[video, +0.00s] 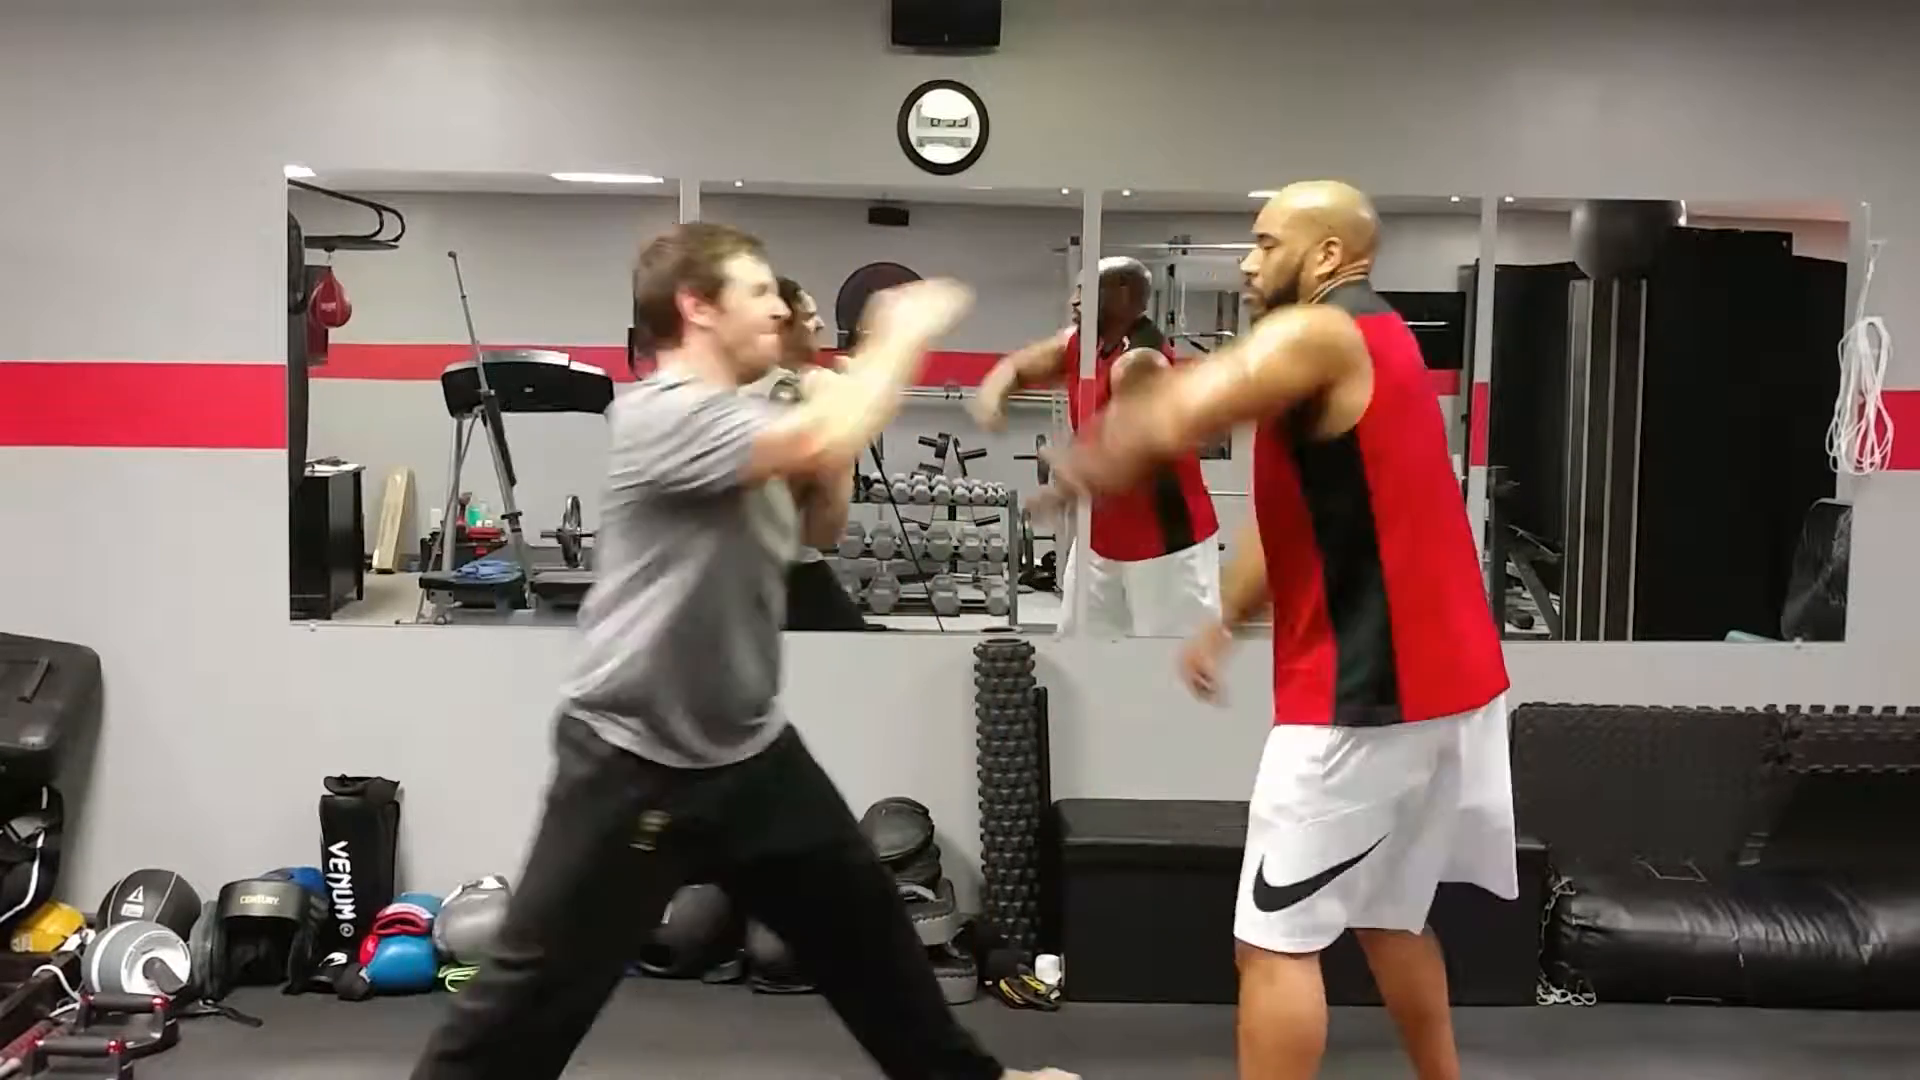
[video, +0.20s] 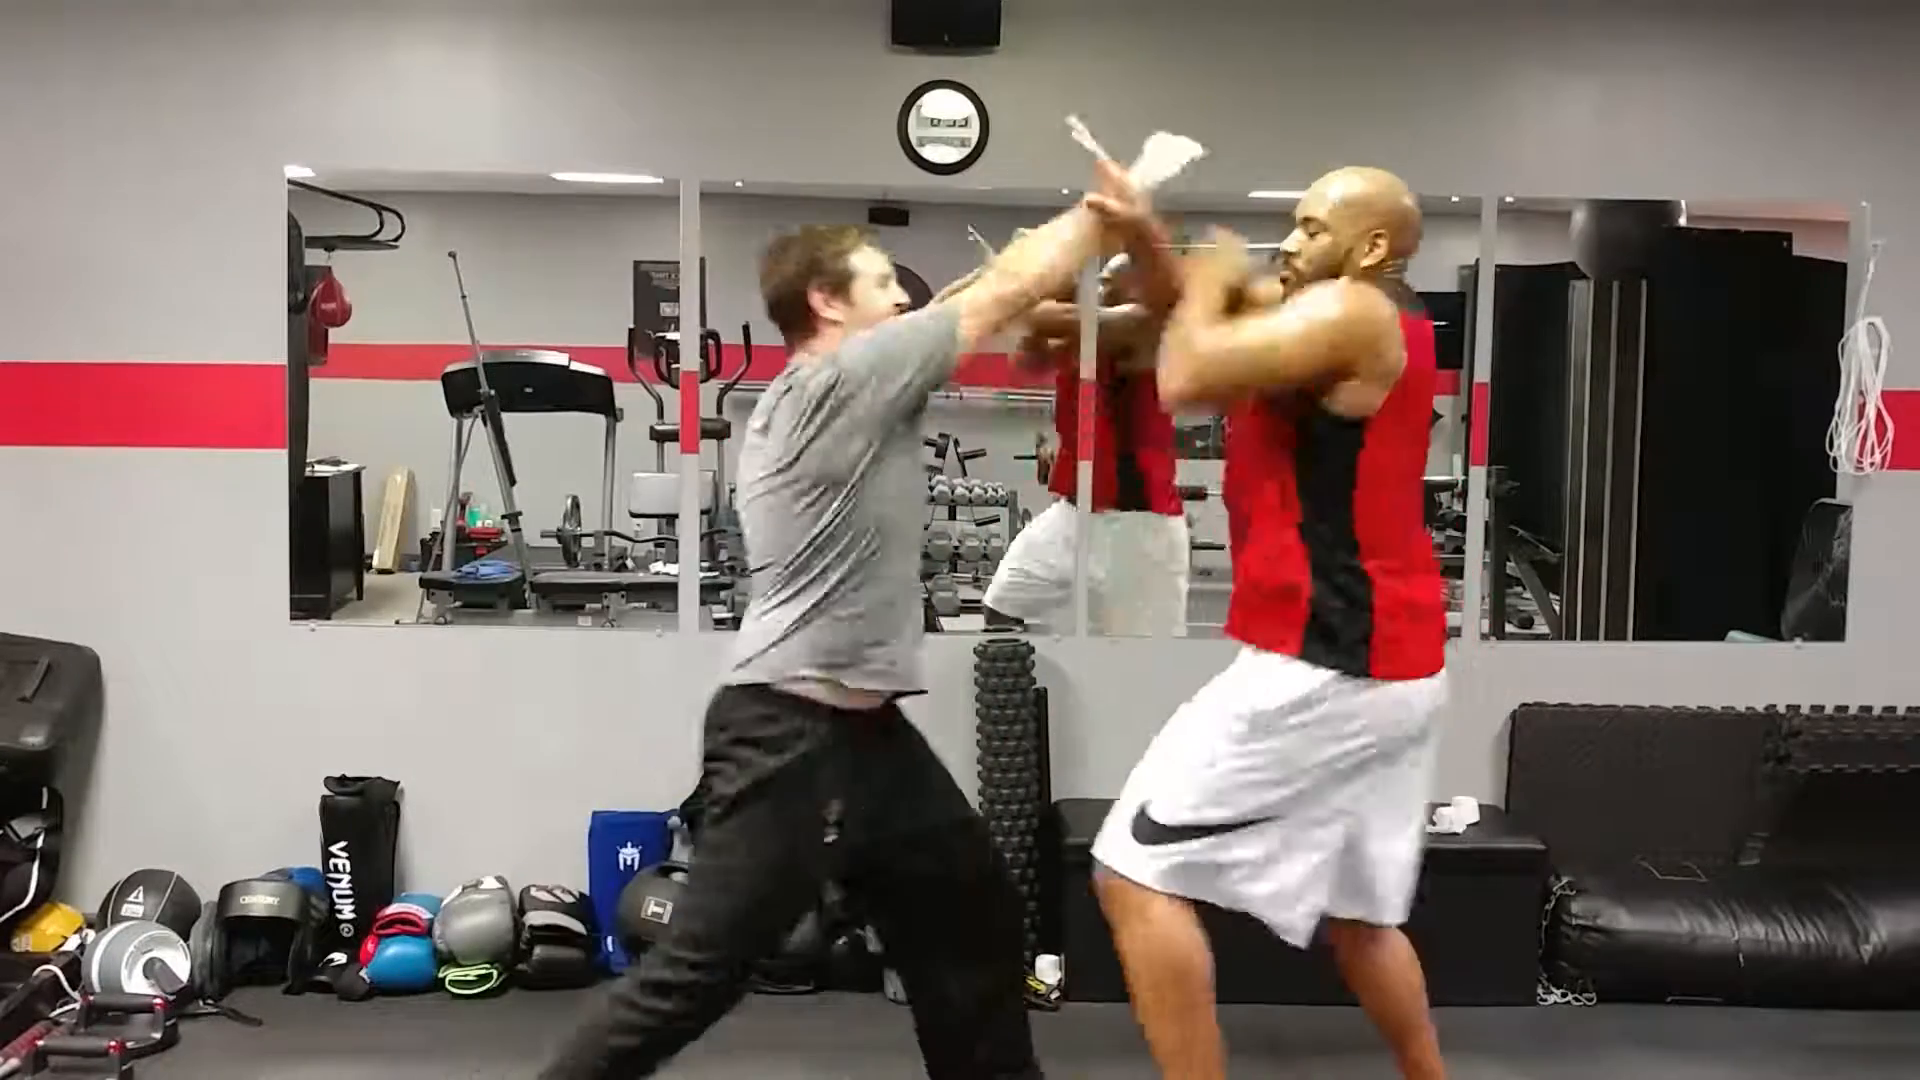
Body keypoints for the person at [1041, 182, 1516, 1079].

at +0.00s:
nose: (1248, 258)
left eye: (1267, 242)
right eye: (1253, 241)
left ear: (1330, 255)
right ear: (1335, 261)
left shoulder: (1319, 333)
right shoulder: (1374, 336)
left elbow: (1164, 421)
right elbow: (1305, 512)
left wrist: (1093, 460)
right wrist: (1224, 614)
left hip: (1355, 693)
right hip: (1438, 683)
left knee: (1275, 939)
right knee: (1391, 913)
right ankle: (1441, 1073)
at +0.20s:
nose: (1291, 241)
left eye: (1314, 228)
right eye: (1295, 226)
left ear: (1374, 246)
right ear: (1378, 252)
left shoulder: (1352, 312)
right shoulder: (1343, 313)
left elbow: (1185, 371)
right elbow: (1194, 322)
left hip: (1317, 662)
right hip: (1388, 664)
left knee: (1134, 872)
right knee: (1357, 913)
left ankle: (1194, 1074)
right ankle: (1429, 1073)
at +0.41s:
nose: (1213, 313)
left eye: (1228, 296)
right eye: (1217, 294)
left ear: (1284, 308)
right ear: (1327, 306)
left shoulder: (1247, 426)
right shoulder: (1391, 377)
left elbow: (1097, 512)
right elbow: (1244, 418)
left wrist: (1060, 379)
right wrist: (1129, 390)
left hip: (1241, 737)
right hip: (1353, 726)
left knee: (1106, 953)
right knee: (1306, 921)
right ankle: (1413, 1072)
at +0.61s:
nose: (1053, 346)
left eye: (1066, 328)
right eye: (1055, 327)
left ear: (1126, 333)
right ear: (1149, 328)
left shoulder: (1176, 458)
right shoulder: (1229, 383)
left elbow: (1154, 650)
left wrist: (1049, 618)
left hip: (1210, 762)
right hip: (1301, 740)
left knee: (1022, 977)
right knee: (1280, 950)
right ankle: (1385, 1075)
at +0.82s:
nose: (1050, 327)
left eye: (1060, 308)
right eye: (1051, 308)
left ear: (1118, 310)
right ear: (1141, 308)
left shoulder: (1147, 426)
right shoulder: (1213, 379)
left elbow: (1048, 595)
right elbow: (1071, 428)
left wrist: (926, 577)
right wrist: (956, 401)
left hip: (1191, 757)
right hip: (1286, 736)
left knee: (1013, 980)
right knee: (1244, 957)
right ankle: (1325, 1074)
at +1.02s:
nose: (1053, 313)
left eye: (1064, 296)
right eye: (1056, 294)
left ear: (1110, 303)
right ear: (1164, 304)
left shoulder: (1069, 379)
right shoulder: (1257, 379)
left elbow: (894, 398)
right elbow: (1318, 523)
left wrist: (798, 336)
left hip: (1156, 754)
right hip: (1295, 739)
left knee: (997, 971)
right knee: (1254, 917)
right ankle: (1362, 1071)